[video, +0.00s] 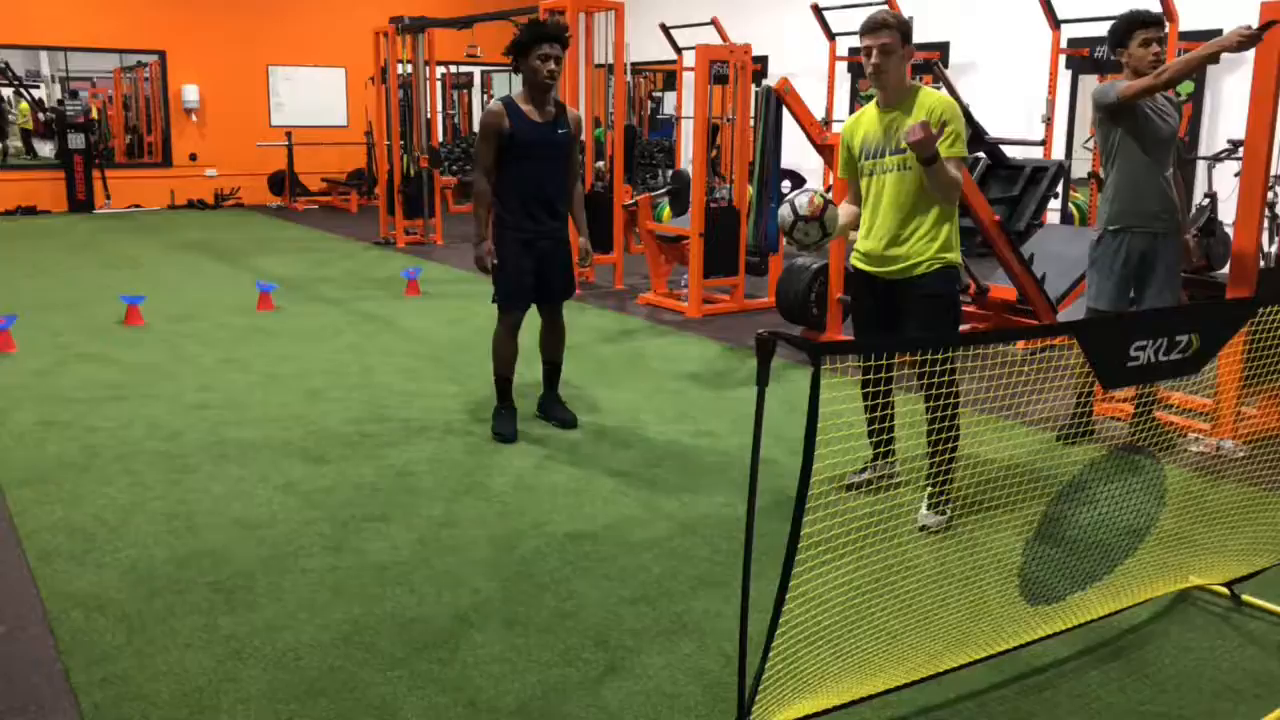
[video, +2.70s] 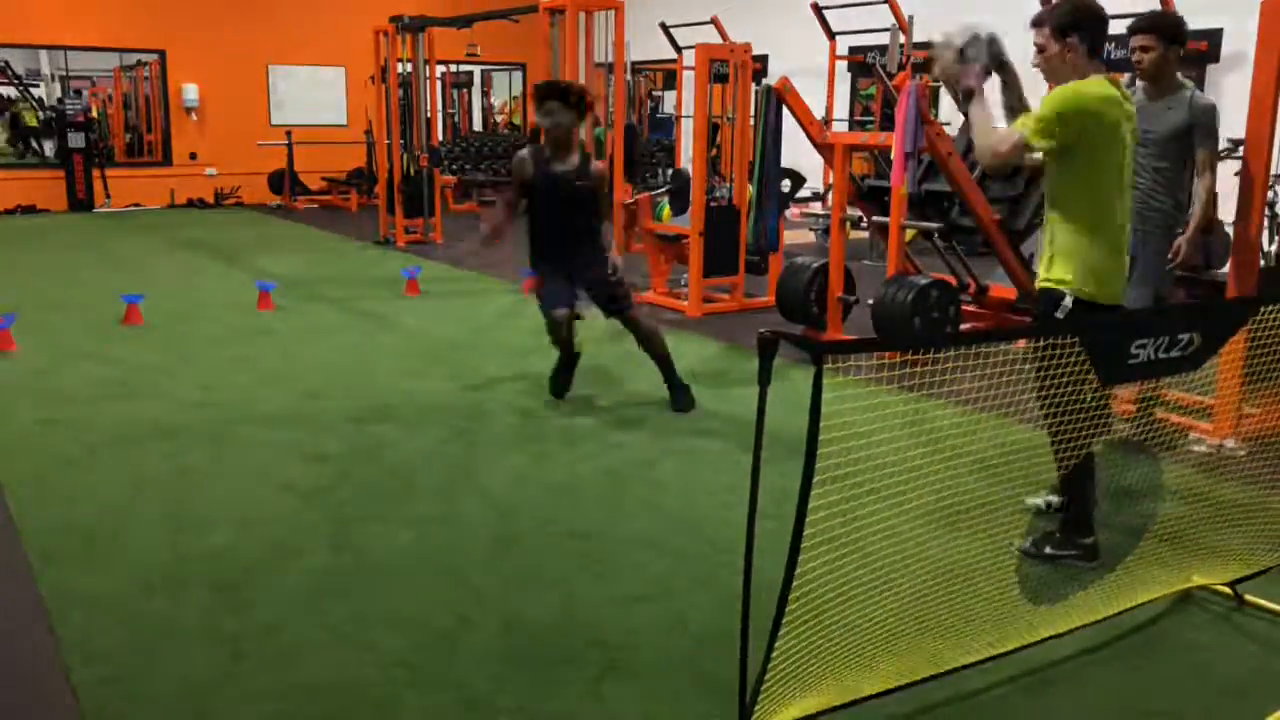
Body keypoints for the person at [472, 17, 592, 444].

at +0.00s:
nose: (551, 67)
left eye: (556, 60)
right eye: (543, 58)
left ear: (562, 67)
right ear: (521, 63)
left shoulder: (569, 119)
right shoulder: (498, 115)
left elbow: (574, 182)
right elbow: (482, 178)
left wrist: (585, 234)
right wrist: (482, 238)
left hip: (555, 235)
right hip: (512, 235)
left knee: (553, 315)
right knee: (510, 319)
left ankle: (551, 399)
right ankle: (505, 406)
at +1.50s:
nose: (564, 84)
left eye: (567, 77)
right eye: (554, 77)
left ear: (572, 84)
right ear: (531, 86)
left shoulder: (574, 136)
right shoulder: (508, 139)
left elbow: (590, 174)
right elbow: (479, 186)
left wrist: (609, 183)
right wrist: (483, 238)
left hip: (555, 238)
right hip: (513, 241)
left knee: (577, 310)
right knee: (519, 314)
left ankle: (571, 389)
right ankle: (509, 400)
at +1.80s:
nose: (560, 69)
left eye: (562, 62)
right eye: (550, 63)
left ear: (568, 70)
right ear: (530, 74)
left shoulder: (581, 123)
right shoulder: (522, 128)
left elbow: (589, 177)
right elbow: (509, 181)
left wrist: (624, 163)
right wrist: (527, 194)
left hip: (570, 231)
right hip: (534, 231)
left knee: (580, 310)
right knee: (533, 311)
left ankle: (569, 392)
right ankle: (505, 377)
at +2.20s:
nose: (604, 98)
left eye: (608, 90)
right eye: (597, 90)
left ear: (610, 89)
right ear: (577, 87)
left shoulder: (612, 127)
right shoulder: (547, 129)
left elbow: (614, 171)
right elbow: (523, 171)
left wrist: (636, 184)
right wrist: (521, 216)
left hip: (603, 224)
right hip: (566, 225)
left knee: (621, 301)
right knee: (589, 304)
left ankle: (620, 381)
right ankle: (554, 351)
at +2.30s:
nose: (616, 104)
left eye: (619, 96)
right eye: (610, 96)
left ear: (621, 98)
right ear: (589, 96)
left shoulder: (624, 138)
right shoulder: (557, 135)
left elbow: (634, 181)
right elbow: (525, 175)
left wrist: (645, 203)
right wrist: (515, 225)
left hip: (604, 226)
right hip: (569, 226)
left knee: (624, 296)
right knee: (613, 288)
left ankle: (620, 379)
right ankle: (599, 366)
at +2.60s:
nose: (597, 128)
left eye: (604, 121)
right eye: (590, 121)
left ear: (612, 125)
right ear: (576, 125)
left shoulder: (625, 172)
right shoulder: (558, 169)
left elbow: (628, 221)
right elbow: (533, 213)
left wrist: (631, 256)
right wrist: (518, 252)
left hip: (606, 252)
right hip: (568, 254)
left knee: (644, 314)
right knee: (604, 302)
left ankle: (676, 379)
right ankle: (590, 371)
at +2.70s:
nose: (551, 121)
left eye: (559, 114)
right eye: (546, 113)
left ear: (577, 119)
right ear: (539, 119)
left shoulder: (594, 170)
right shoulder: (527, 163)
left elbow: (605, 218)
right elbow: (512, 201)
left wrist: (611, 251)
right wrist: (498, 224)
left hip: (590, 258)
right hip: (550, 261)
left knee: (634, 320)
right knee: (558, 321)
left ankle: (674, 380)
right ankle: (568, 357)